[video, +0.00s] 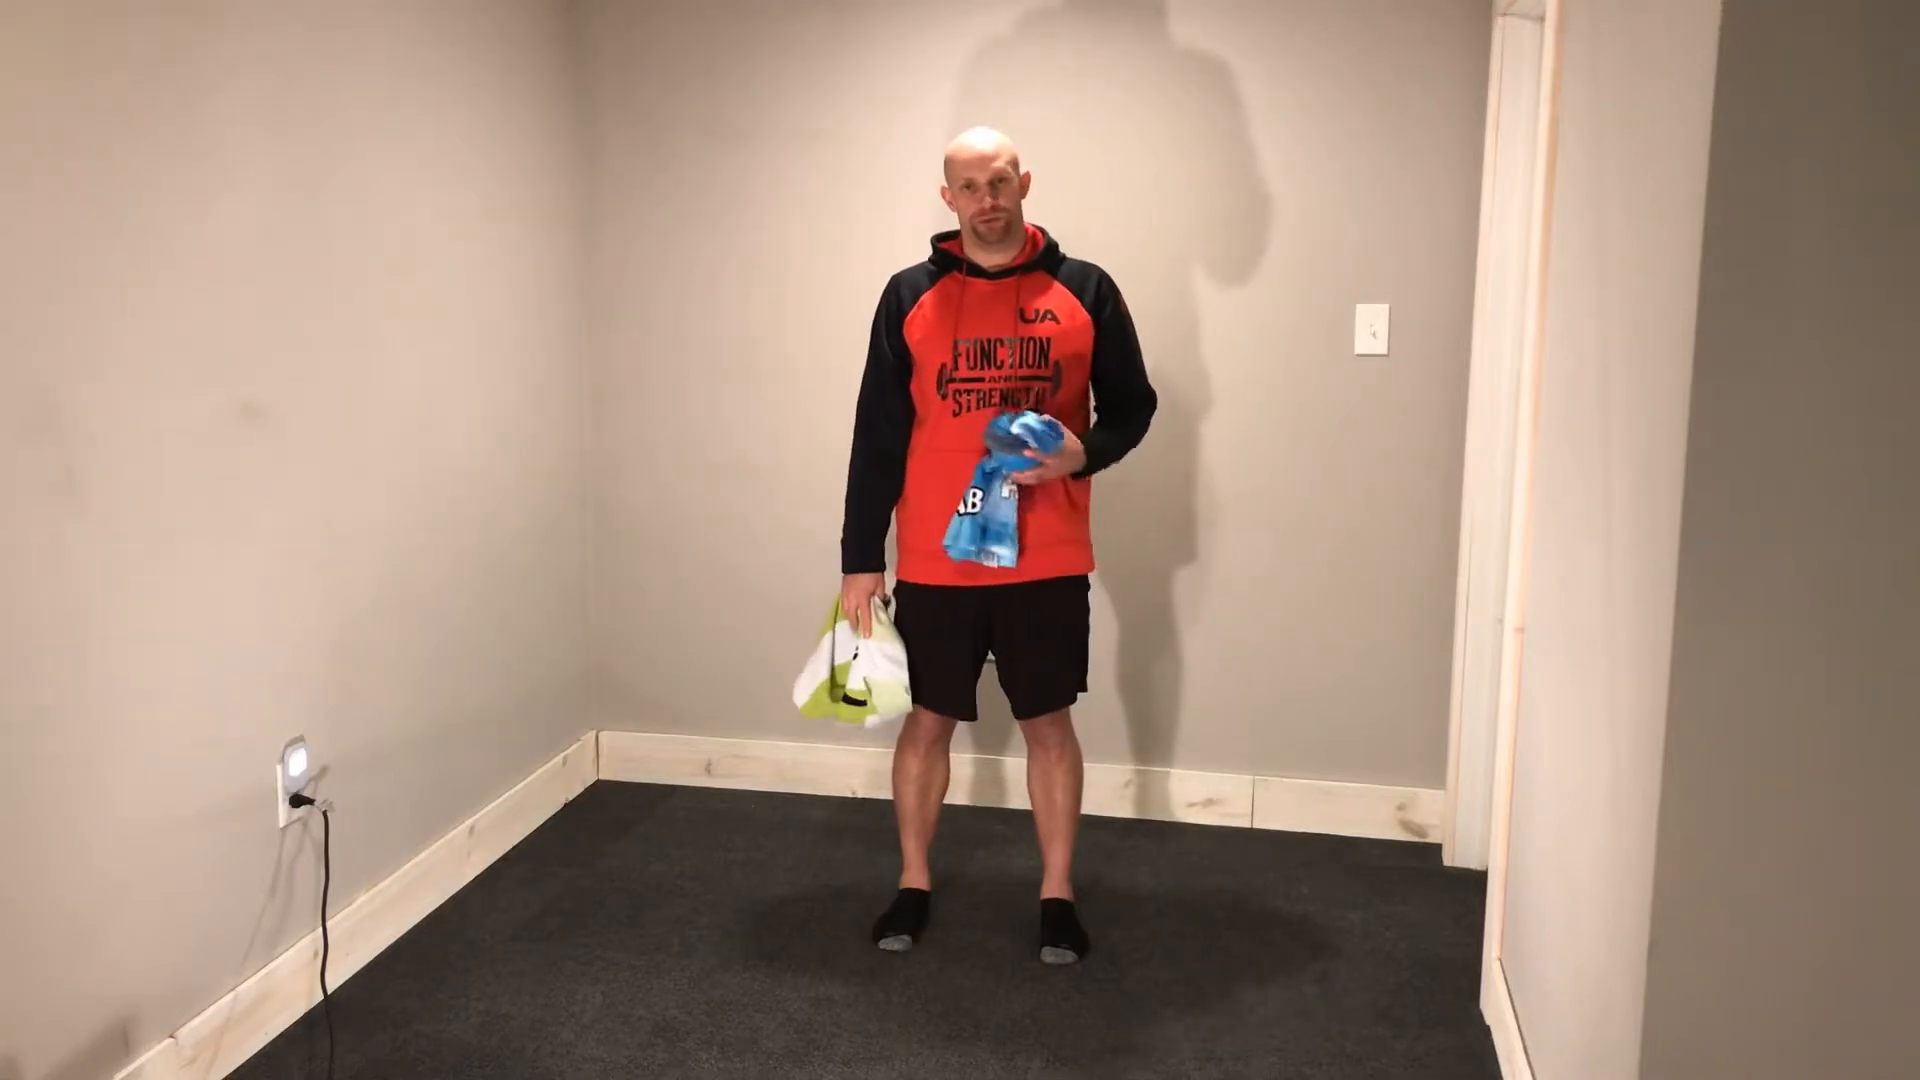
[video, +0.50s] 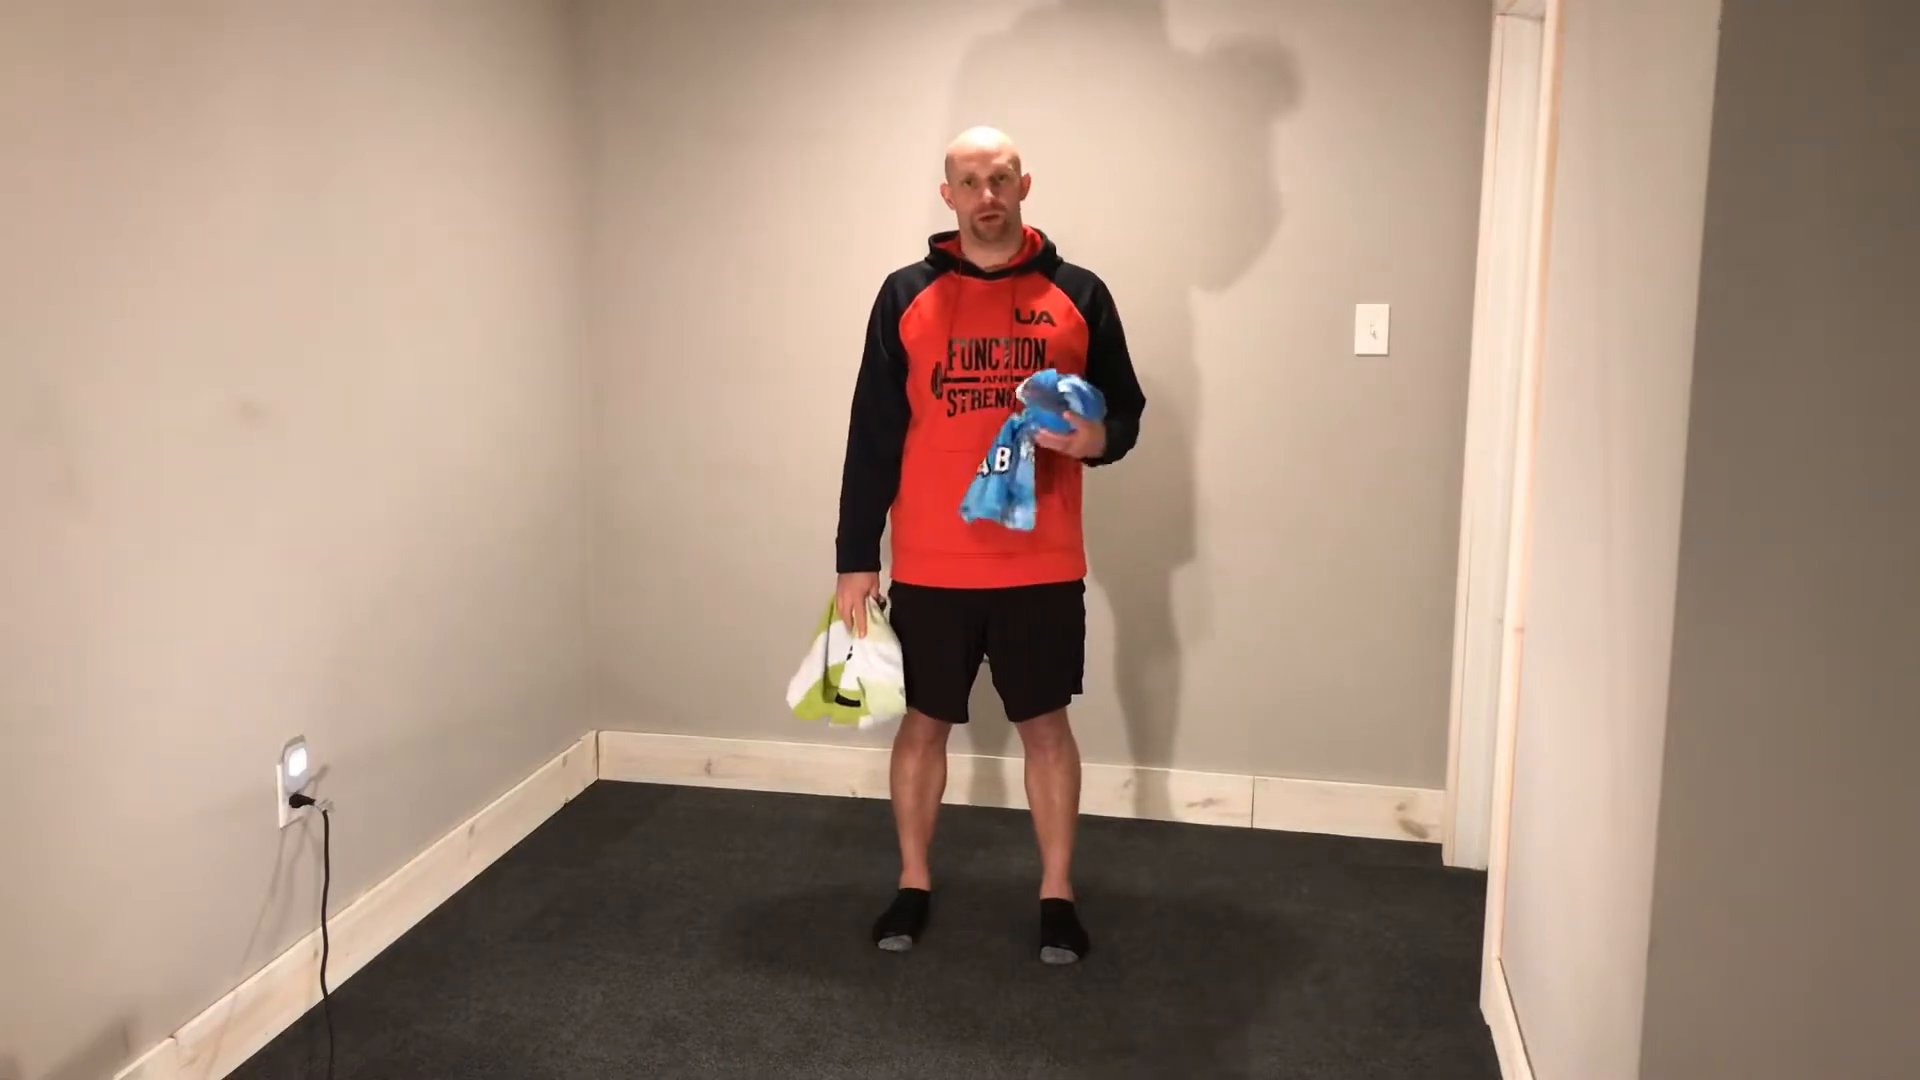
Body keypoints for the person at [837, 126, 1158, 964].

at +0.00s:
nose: (982, 201)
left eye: (996, 184)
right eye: (965, 187)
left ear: (1025, 184)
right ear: (946, 196)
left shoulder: (1085, 291)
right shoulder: (910, 297)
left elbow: (1133, 404)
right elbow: (878, 433)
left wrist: (1082, 455)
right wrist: (861, 557)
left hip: (1042, 556)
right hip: (937, 559)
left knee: (1047, 722)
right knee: (928, 721)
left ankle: (1057, 896)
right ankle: (912, 887)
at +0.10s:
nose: (984, 200)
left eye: (997, 183)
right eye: (968, 186)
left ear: (1024, 185)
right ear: (947, 194)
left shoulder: (1084, 293)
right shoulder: (909, 297)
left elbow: (1128, 406)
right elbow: (878, 434)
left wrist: (1083, 456)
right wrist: (861, 560)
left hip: (1041, 558)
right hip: (936, 560)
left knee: (1047, 725)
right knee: (927, 722)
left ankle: (1057, 897)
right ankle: (912, 887)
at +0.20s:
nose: (985, 198)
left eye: (998, 181)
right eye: (969, 184)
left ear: (1024, 186)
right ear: (948, 195)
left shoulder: (1082, 295)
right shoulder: (908, 297)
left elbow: (1122, 409)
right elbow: (876, 433)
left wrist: (1083, 457)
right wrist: (860, 557)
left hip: (1041, 557)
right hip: (935, 559)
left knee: (1046, 723)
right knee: (926, 721)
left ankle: (1057, 896)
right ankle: (912, 887)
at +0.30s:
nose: (985, 196)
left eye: (999, 180)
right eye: (969, 183)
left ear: (1025, 186)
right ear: (948, 193)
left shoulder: (1081, 295)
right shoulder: (908, 296)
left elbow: (1121, 411)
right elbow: (874, 432)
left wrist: (1093, 446)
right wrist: (858, 556)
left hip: (1041, 557)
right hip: (935, 558)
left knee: (1045, 723)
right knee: (926, 722)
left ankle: (1057, 896)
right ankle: (911, 887)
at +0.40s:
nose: (984, 195)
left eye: (999, 180)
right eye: (968, 182)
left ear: (1025, 188)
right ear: (948, 193)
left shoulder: (1079, 294)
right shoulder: (908, 296)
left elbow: (1122, 411)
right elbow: (873, 432)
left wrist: (1097, 442)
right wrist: (855, 558)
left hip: (1039, 557)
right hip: (934, 558)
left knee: (1044, 723)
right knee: (925, 722)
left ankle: (1058, 896)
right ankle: (911, 888)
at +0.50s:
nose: (986, 195)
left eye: (999, 180)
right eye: (969, 182)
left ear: (1024, 188)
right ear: (947, 193)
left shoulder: (1079, 294)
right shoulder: (907, 297)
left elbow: (1123, 412)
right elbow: (873, 434)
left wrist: (1098, 439)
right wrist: (856, 558)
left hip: (1038, 560)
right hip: (933, 561)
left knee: (1044, 724)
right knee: (924, 723)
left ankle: (1057, 896)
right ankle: (911, 888)